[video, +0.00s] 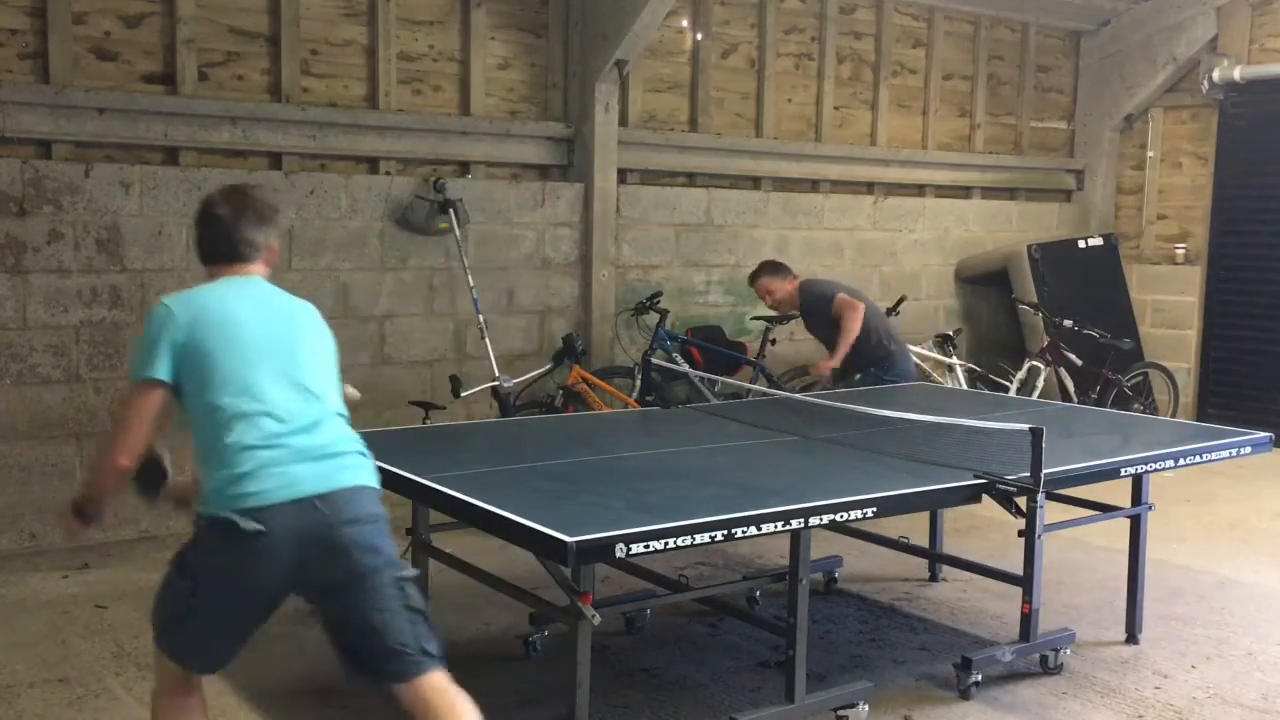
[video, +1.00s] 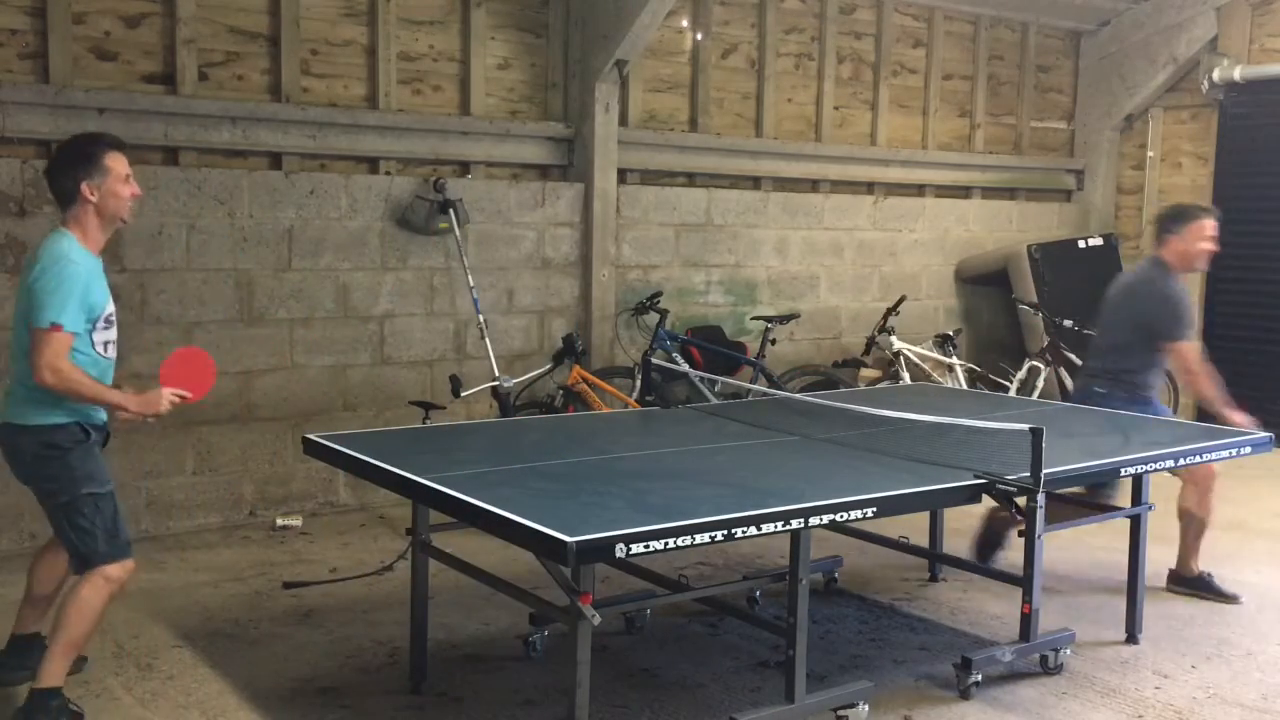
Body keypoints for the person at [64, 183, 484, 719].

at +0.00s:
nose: (276, 253)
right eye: (275, 244)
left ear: (202, 253)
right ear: (270, 252)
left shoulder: (178, 313)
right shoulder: (308, 315)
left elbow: (124, 458)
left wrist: (90, 504)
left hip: (251, 522)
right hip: (350, 507)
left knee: (179, 673)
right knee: (423, 678)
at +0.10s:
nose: (244, 230)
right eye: (243, 221)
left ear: (169, 224)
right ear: (235, 225)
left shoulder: (136, 286)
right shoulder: (274, 290)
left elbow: (67, 421)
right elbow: (279, 381)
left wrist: (49, 446)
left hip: (217, 491)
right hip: (312, 471)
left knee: (166, 668)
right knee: (341, 650)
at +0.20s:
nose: (228, 206)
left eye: (227, 194)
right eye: (226, 194)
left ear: (152, 198)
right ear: (208, 195)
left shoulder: (102, 264)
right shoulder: (254, 267)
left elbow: (17, 376)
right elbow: (297, 382)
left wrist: (27, 392)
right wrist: (330, 367)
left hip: (185, 471)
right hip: (276, 454)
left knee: (158, 663)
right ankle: (294, 714)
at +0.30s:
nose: (216, 191)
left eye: (213, 176)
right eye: (209, 177)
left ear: (138, 187)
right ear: (180, 182)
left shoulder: (81, 259)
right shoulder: (228, 254)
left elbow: (4, 351)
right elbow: (297, 352)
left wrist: (43, 375)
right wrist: (352, 347)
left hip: (143, 457)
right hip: (228, 447)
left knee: (152, 653)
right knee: (197, 609)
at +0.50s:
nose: (189, 193)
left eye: (186, 179)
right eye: (181, 180)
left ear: (120, 191)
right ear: (151, 190)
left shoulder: (63, 256)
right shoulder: (186, 268)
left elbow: (14, 359)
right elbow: (214, 375)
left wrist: (78, 370)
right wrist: (264, 387)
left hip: (72, 455)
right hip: (159, 451)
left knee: (72, 619)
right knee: (137, 598)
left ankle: (98, 712)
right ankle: (108, 706)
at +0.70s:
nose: (171, 167)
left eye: (168, 154)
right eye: (162, 154)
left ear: (112, 167)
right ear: (125, 165)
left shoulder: (40, 235)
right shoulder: (140, 239)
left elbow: (10, 336)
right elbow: (138, 347)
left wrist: (52, 369)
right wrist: (181, 384)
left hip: (34, 412)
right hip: (101, 416)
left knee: (72, 540)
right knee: (113, 572)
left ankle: (21, 666)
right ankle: (92, 709)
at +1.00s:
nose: (137, 190)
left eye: (133, 177)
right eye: (125, 179)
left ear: (90, 193)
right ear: (90, 192)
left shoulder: (72, 254)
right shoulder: (68, 263)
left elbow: (62, 359)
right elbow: (50, 367)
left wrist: (120, 397)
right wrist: (129, 400)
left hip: (53, 427)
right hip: (52, 432)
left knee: (77, 535)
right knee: (111, 564)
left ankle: (23, 645)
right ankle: (45, 699)